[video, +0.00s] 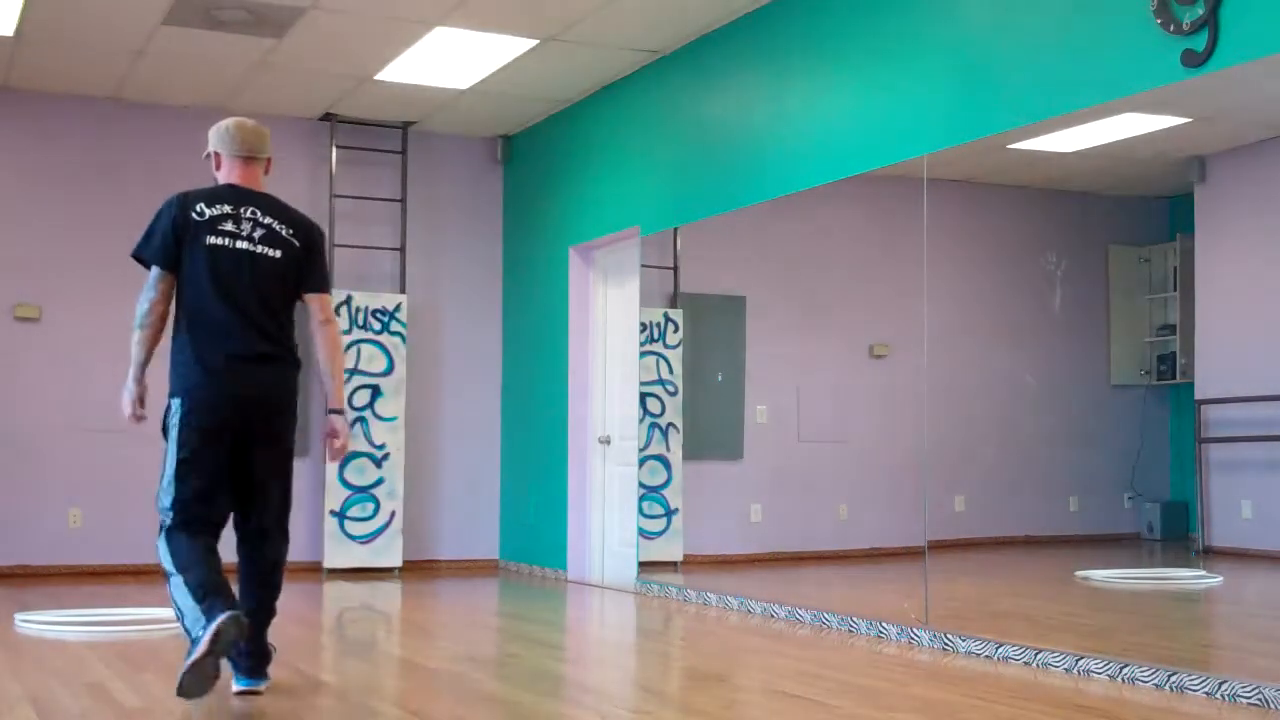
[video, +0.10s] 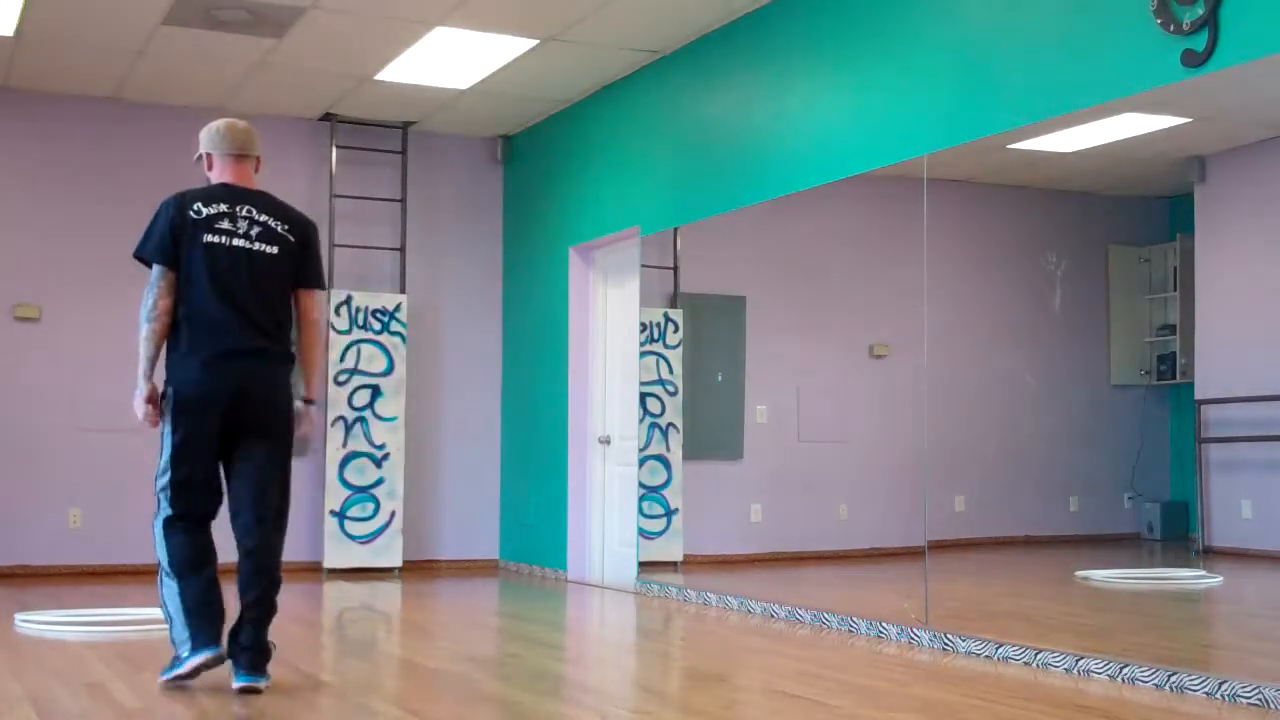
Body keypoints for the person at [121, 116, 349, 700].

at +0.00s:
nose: (216, 170)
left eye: (213, 162)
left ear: (215, 162)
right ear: (268, 163)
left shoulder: (185, 209)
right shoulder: (302, 228)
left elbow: (155, 300)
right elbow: (324, 321)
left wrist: (135, 376)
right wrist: (338, 406)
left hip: (203, 398)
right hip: (274, 402)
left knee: (184, 524)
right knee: (264, 530)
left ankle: (213, 614)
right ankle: (250, 666)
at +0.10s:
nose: (209, 170)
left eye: (205, 161)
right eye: (224, 162)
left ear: (206, 162)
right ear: (257, 162)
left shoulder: (181, 209)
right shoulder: (297, 223)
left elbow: (160, 303)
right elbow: (311, 319)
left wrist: (146, 377)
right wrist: (312, 396)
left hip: (196, 389)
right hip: (268, 392)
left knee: (182, 516)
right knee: (262, 526)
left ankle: (198, 639)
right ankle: (251, 661)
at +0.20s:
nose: (195, 185)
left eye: (192, 177)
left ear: (195, 178)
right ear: (245, 176)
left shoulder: (175, 224)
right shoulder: (286, 235)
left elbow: (160, 314)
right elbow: (297, 336)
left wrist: (151, 388)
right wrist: (274, 383)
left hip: (191, 390)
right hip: (260, 392)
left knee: (183, 516)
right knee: (253, 522)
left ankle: (172, 639)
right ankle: (249, 659)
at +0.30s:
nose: (176, 205)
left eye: (175, 199)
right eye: (182, 198)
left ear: (180, 199)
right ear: (227, 196)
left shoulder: (166, 244)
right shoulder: (268, 248)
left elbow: (155, 330)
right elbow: (280, 338)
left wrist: (148, 402)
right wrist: (248, 374)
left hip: (185, 402)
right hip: (250, 402)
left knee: (177, 522)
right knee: (248, 523)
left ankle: (170, 631)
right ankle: (249, 651)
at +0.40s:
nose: (152, 220)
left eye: (152, 214)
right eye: (152, 215)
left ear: (161, 211)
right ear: (204, 206)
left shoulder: (153, 257)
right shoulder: (251, 253)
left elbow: (147, 343)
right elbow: (265, 340)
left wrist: (139, 414)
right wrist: (231, 378)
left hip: (175, 408)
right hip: (239, 407)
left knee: (168, 523)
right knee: (245, 515)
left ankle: (171, 635)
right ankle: (249, 600)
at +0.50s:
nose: (135, 225)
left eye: (134, 218)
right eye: (135, 218)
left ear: (146, 213)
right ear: (183, 204)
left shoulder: (145, 256)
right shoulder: (239, 250)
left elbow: (144, 337)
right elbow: (255, 335)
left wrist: (130, 405)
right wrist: (230, 379)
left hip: (170, 402)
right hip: (231, 400)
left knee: (164, 516)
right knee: (234, 504)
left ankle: (169, 632)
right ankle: (237, 584)